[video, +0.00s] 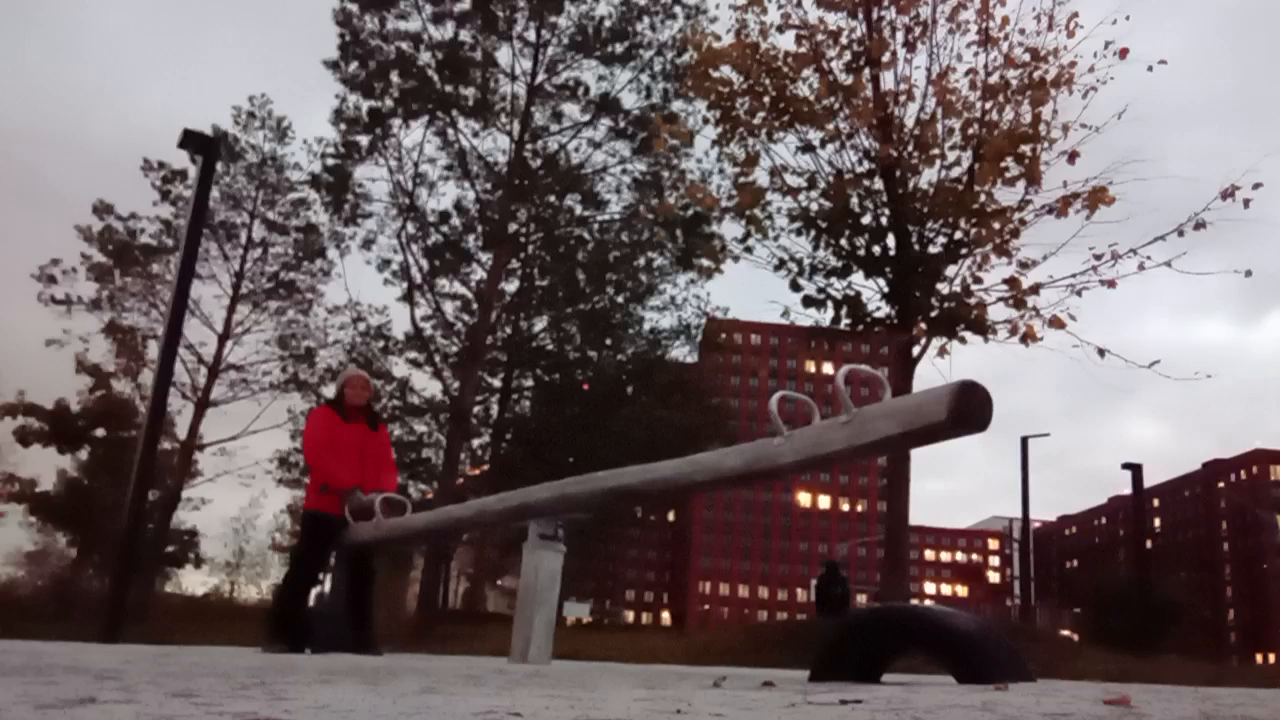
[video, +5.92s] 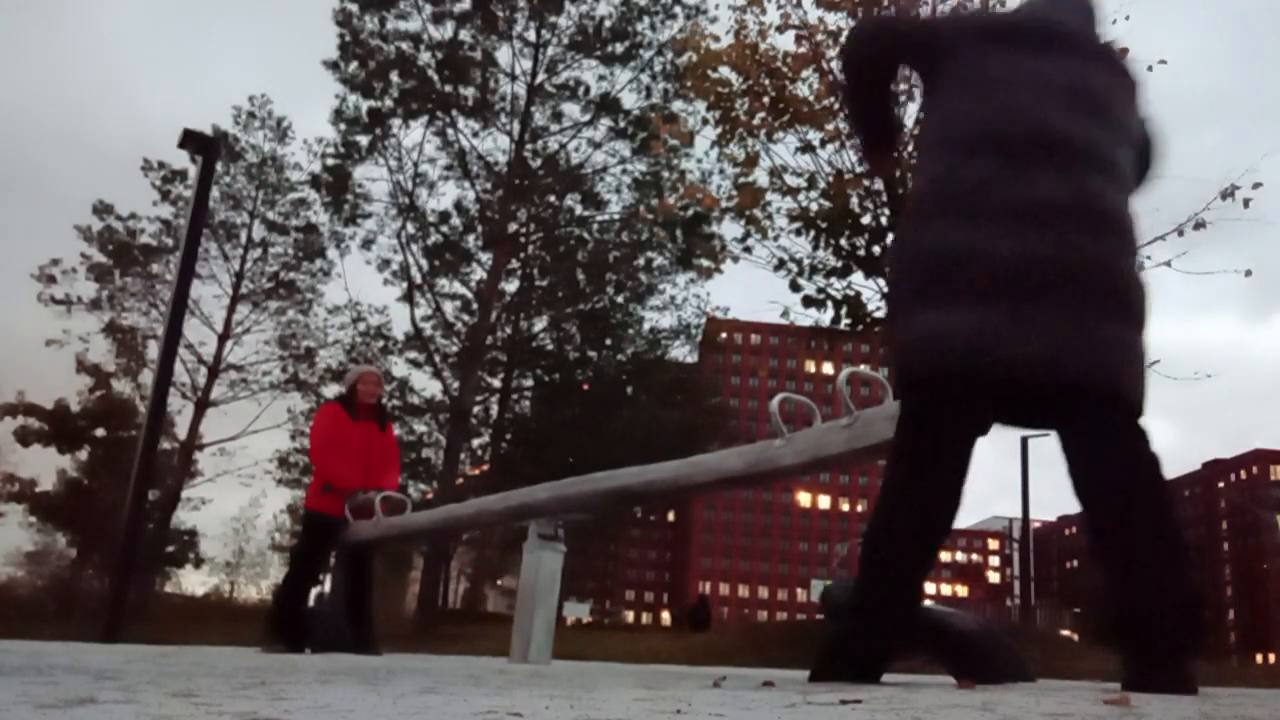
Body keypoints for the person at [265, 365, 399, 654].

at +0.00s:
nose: (359, 391)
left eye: (364, 387)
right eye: (353, 386)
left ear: (370, 394)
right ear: (342, 390)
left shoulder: (377, 427)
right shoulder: (322, 416)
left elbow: (387, 467)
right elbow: (316, 457)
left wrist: (385, 496)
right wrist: (345, 488)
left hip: (362, 515)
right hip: (323, 510)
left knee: (361, 578)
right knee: (304, 572)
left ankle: (361, 641)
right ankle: (282, 636)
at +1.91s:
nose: (374, 390)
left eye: (381, 385)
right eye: (369, 384)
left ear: (389, 392)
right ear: (358, 387)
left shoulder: (389, 428)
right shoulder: (336, 413)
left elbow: (397, 470)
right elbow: (321, 458)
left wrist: (385, 498)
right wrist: (347, 493)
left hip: (365, 517)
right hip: (325, 509)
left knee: (363, 581)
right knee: (307, 572)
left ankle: (361, 642)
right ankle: (282, 636)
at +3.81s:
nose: (362, 391)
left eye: (367, 386)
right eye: (356, 385)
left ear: (374, 392)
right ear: (345, 388)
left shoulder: (379, 426)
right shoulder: (323, 415)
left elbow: (387, 464)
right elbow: (316, 456)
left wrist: (381, 493)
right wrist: (344, 488)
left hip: (360, 514)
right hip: (322, 510)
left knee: (358, 580)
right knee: (304, 573)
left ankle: (359, 641)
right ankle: (281, 636)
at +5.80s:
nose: (369, 389)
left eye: (374, 384)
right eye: (364, 384)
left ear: (381, 390)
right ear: (351, 387)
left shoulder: (383, 425)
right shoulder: (331, 413)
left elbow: (391, 466)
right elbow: (319, 454)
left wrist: (380, 491)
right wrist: (348, 485)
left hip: (362, 514)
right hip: (324, 508)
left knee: (359, 579)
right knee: (304, 572)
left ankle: (361, 642)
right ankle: (282, 636)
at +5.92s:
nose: (371, 389)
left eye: (376, 384)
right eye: (365, 383)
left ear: (382, 390)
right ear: (352, 387)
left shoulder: (384, 426)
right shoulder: (331, 412)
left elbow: (391, 467)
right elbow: (320, 455)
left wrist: (382, 492)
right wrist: (349, 485)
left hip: (362, 514)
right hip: (325, 508)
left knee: (360, 579)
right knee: (304, 572)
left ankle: (361, 642)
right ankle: (282, 636)